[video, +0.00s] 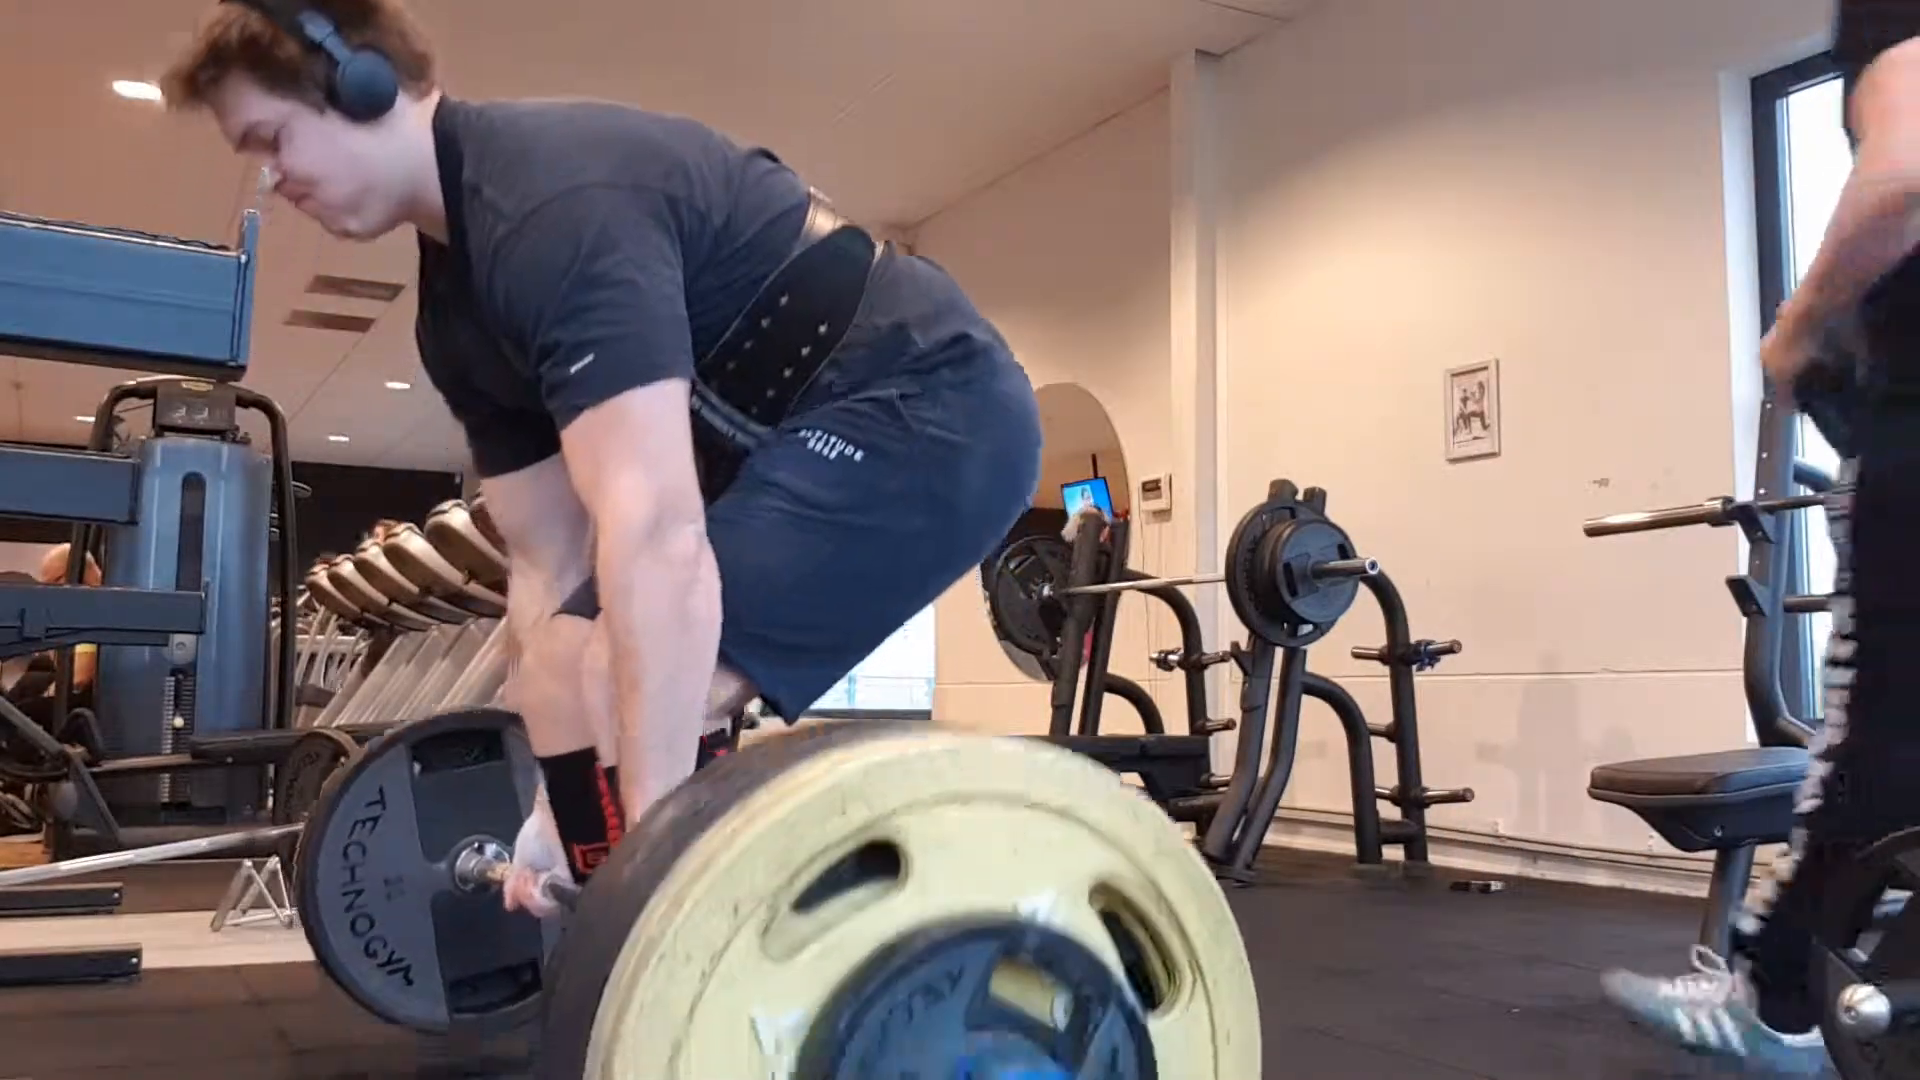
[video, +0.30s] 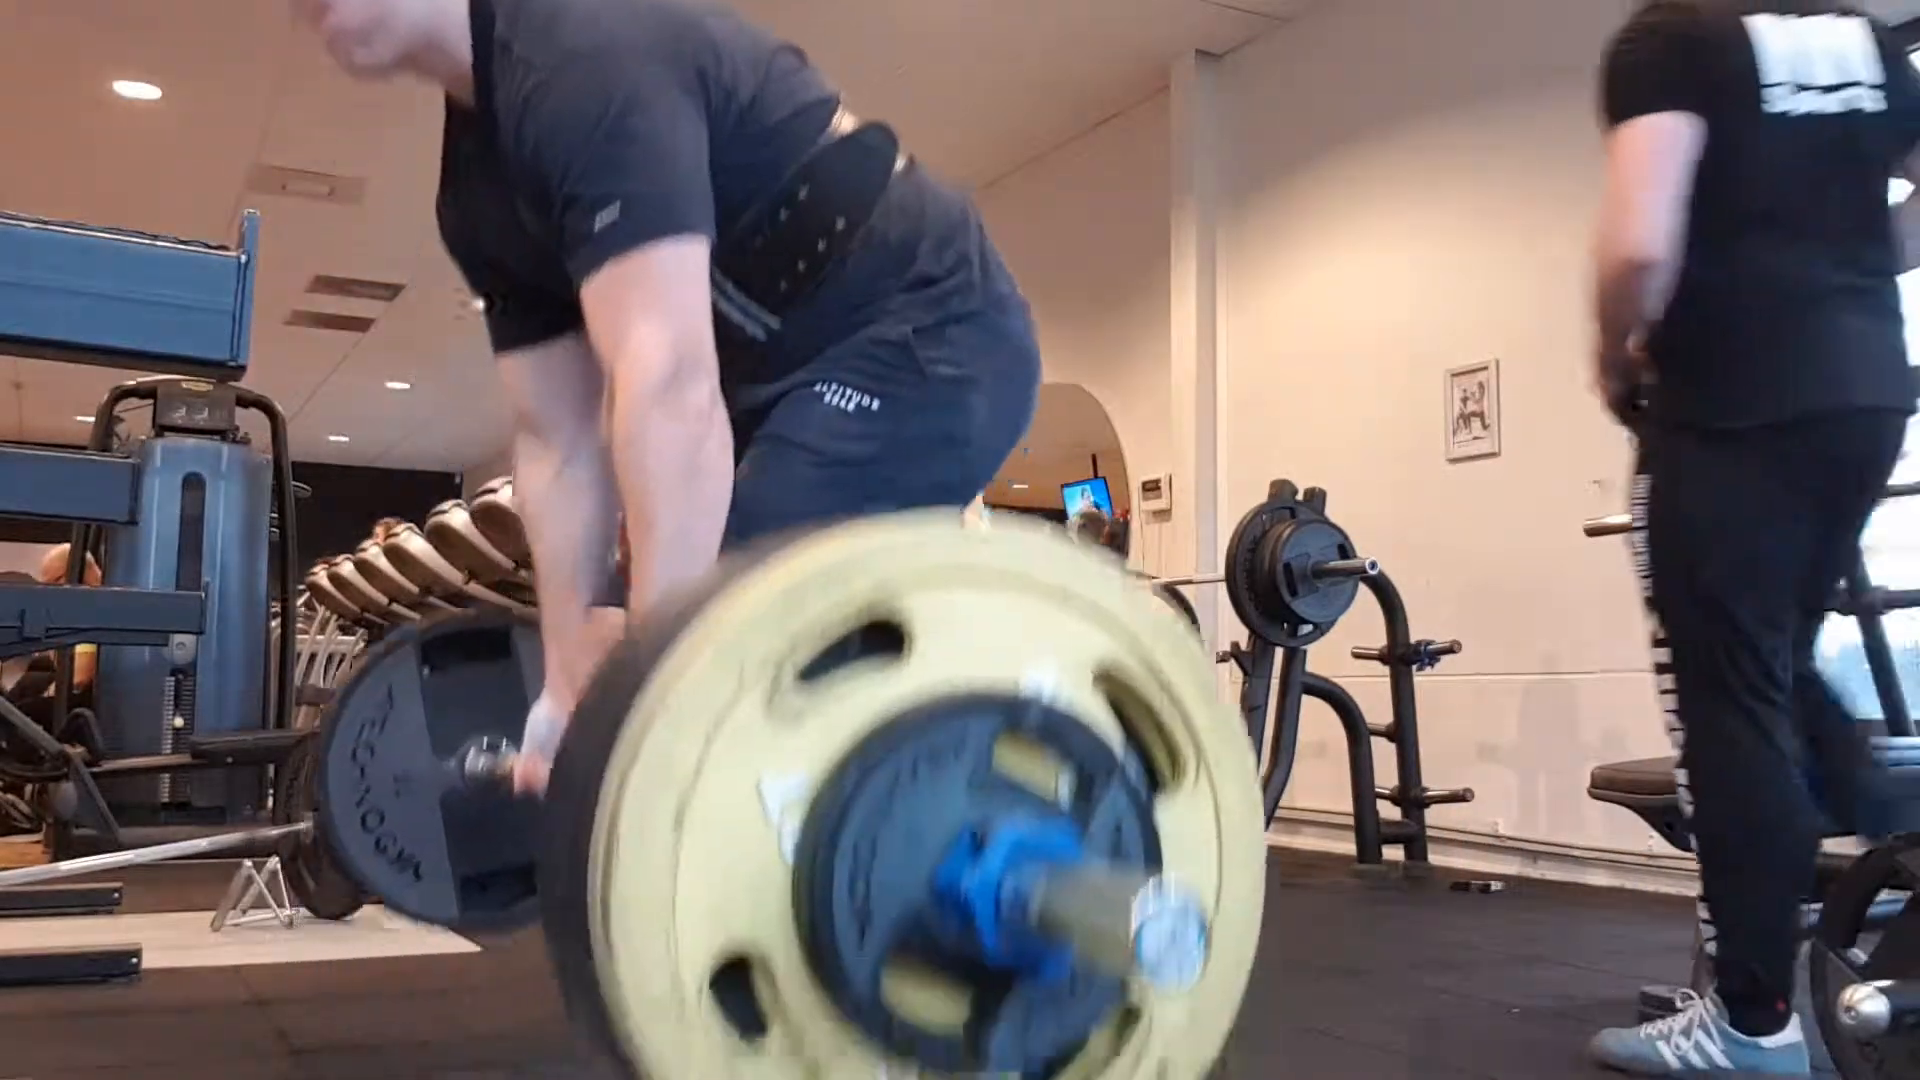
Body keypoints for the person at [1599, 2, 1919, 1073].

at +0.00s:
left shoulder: (1883, 14)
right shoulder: (1877, 25)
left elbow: (1896, 183)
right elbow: (1894, 184)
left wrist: (1801, 319)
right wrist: (1820, 316)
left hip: (1903, 429)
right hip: (1895, 425)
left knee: (1874, 709)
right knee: (1874, 704)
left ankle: (1784, 996)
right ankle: (1783, 987)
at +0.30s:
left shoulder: (1670, 36)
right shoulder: (1866, 38)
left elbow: (1640, 250)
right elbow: (1900, 226)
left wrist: (1615, 351)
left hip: (1739, 400)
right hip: (1864, 394)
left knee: (1731, 697)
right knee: (1772, 661)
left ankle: (1754, 1017)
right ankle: (1885, 833)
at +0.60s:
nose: (1502, 35)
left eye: (1501, 26)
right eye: (1509, 28)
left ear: (1520, 19)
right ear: (1613, 12)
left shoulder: (1510, 95)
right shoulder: (1706, 96)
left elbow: (1425, 300)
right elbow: (1807, 250)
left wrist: (1440, 380)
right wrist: (1690, 316)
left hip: (1573, 427)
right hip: (1687, 428)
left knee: (1635, 704)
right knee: (1581, 686)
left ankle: (1746, 1007)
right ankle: (1500, 939)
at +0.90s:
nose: (1370, 61)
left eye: (1375, 42)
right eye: (1373, 43)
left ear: (1405, 40)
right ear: (1470, 43)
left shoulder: (1405, 135)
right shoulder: (1542, 147)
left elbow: (1364, 313)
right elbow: (1617, 298)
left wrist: (1321, 385)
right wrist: (1515, 341)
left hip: (1427, 441)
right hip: (1525, 441)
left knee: (1339, 649)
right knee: (1477, 679)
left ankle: (1494, 867)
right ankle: (1477, 948)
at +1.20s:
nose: (1237, 123)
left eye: (1241, 108)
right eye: (1240, 106)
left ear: (1267, 109)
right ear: (1327, 108)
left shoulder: (1272, 190)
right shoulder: (1395, 201)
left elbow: (1269, 353)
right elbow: (1459, 341)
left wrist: (1206, 430)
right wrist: (1360, 377)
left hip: (1287, 488)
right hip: (1385, 482)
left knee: (1253, 706)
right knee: (1387, 700)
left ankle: (1187, 923)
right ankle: (1466, 939)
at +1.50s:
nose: (1104, 139)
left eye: (1107, 127)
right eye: (1109, 125)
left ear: (1125, 130)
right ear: (1193, 129)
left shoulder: (1116, 208)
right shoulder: (1263, 213)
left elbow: (1080, 327)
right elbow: (1336, 340)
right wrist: (1254, 375)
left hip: (1159, 476)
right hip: (1246, 475)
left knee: (1161, 681)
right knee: (1210, 677)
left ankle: (1175, 924)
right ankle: (1230, 855)